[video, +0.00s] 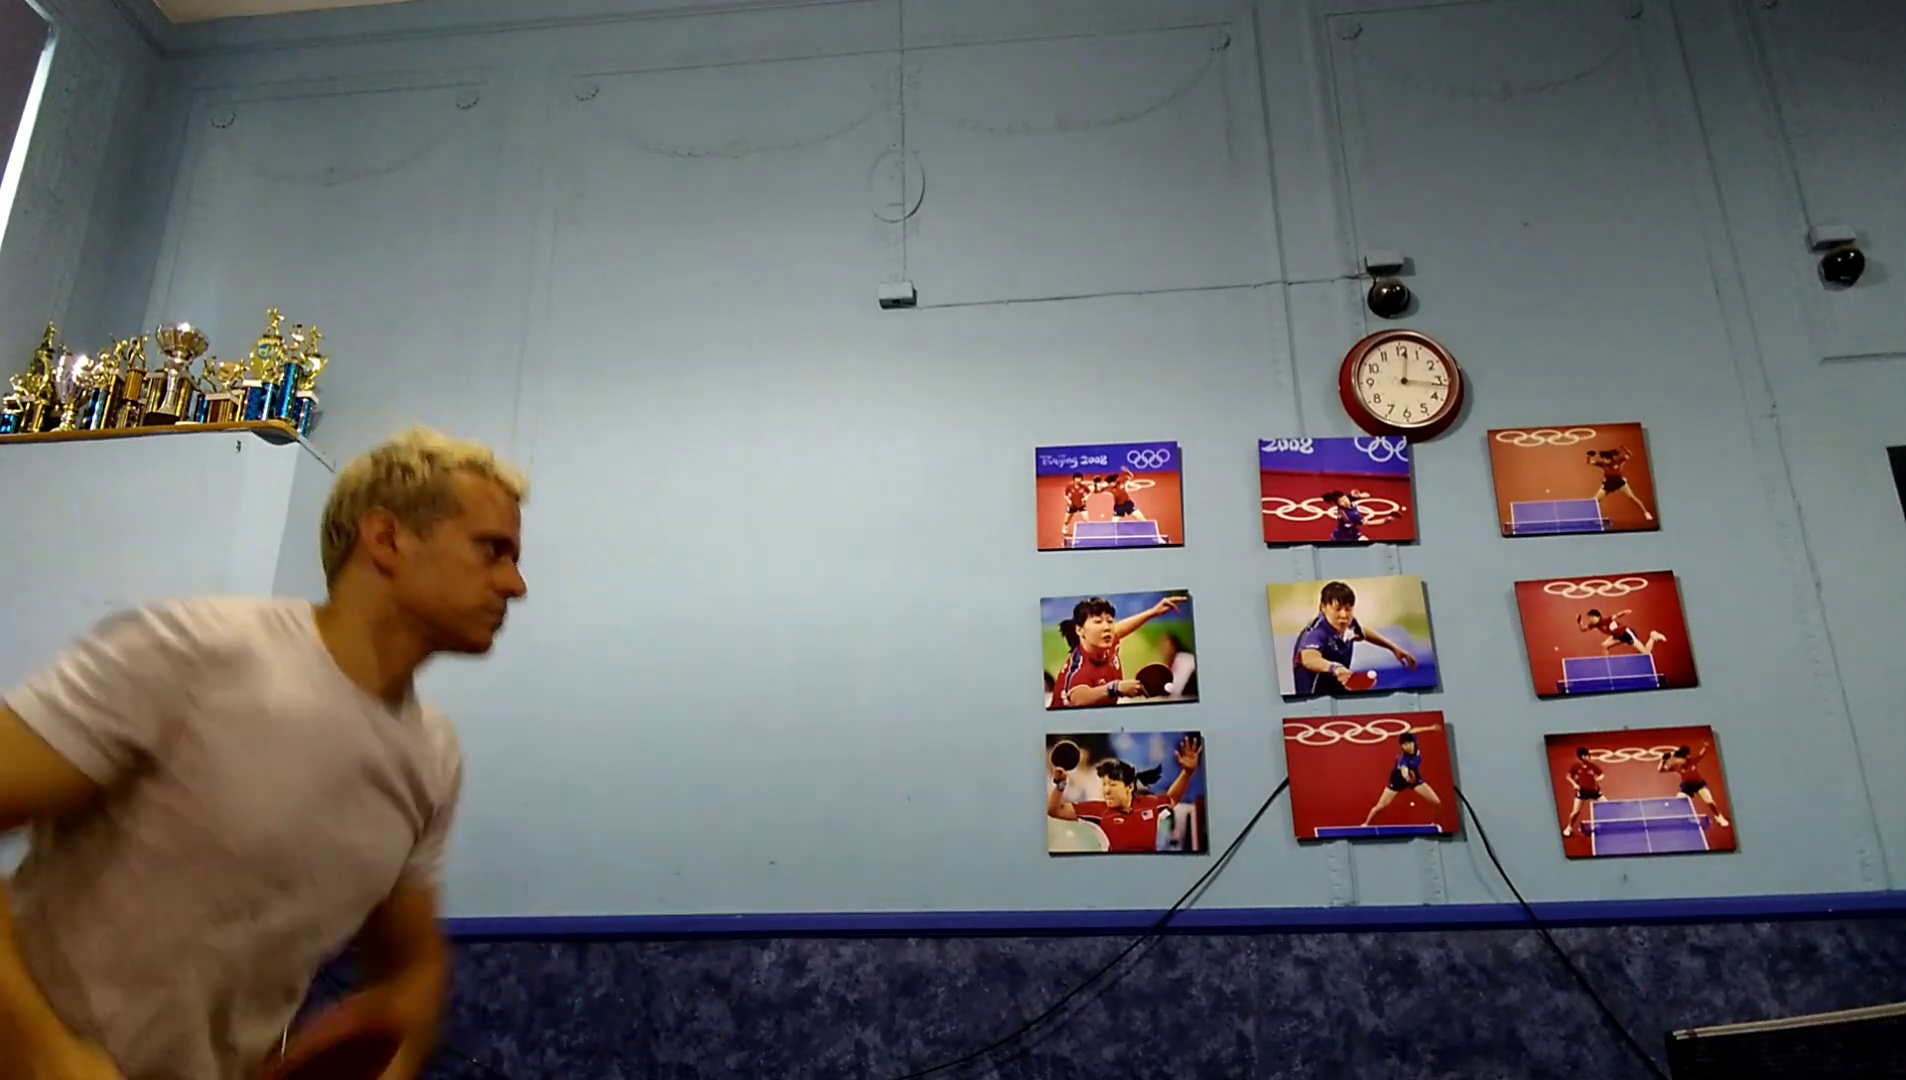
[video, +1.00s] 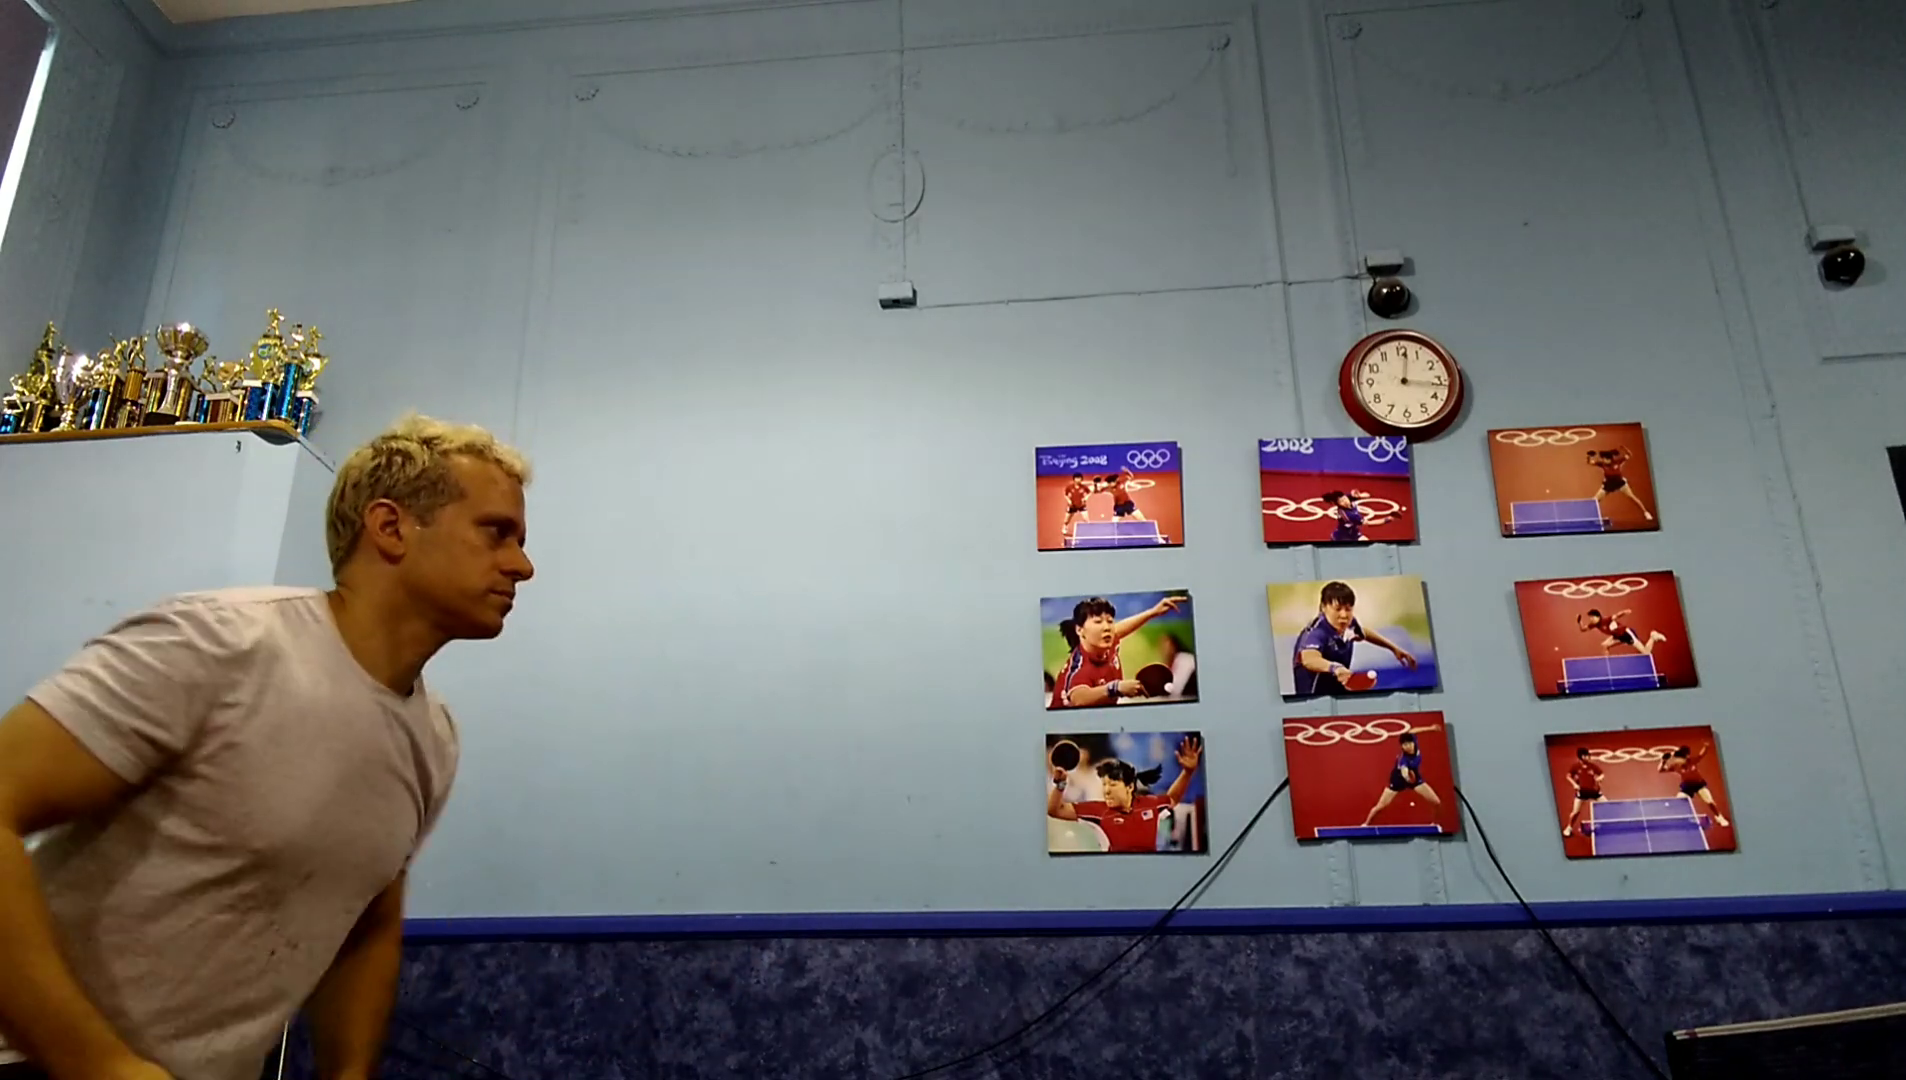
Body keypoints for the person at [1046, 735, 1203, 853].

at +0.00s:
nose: (1107, 790)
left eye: (1113, 785)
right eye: (1104, 785)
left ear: (1130, 787)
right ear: (1101, 786)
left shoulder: (1151, 804)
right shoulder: (1100, 810)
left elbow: (1172, 798)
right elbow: (1055, 811)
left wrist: (1188, 771)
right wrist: (1059, 785)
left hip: (1150, 872)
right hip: (1114, 873)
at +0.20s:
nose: (1107, 790)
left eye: (1113, 785)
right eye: (1104, 785)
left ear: (1130, 787)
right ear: (1101, 786)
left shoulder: (1151, 804)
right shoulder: (1100, 810)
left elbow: (1172, 798)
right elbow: (1055, 811)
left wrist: (1188, 771)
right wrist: (1059, 785)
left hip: (1150, 872)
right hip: (1115, 874)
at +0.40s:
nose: (1107, 790)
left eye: (1113, 785)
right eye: (1104, 785)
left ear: (1130, 787)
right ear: (1101, 787)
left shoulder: (1151, 804)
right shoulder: (1100, 810)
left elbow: (1172, 798)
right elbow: (1055, 811)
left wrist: (1188, 771)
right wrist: (1059, 785)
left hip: (1152, 872)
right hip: (1116, 873)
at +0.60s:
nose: (1107, 790)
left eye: (1113, 785)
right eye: (1104, 785)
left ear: (1130, 787)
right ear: (1101, 786)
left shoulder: (1151, 804)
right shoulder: (1100, 810)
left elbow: (1172, 798)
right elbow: (1055, 811)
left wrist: (1188, 771)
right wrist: (1059, 785)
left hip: (1150, 872)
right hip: (1115, 874)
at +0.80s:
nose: (1107, 790)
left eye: (1113, 785)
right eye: (1104, 785)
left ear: (1130, 787)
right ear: (1101, 787)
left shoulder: (1151, 805)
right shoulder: (1100, 811)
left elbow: (1172, 798)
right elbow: (1055, 811)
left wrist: (1188, 771)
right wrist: (1059, 785)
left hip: (1151, 873)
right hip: (1115, 874)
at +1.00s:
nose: (1107, 790)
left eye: (1113, 785)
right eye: (1104, 785)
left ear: (1130, 787)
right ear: (1101, 786)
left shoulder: (1151, 805)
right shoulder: (1100, 810)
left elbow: (1172, 798)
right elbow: (1055, 811)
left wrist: (1188, 771)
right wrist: (1059, 785)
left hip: (1150, 873)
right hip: (1114, 874)